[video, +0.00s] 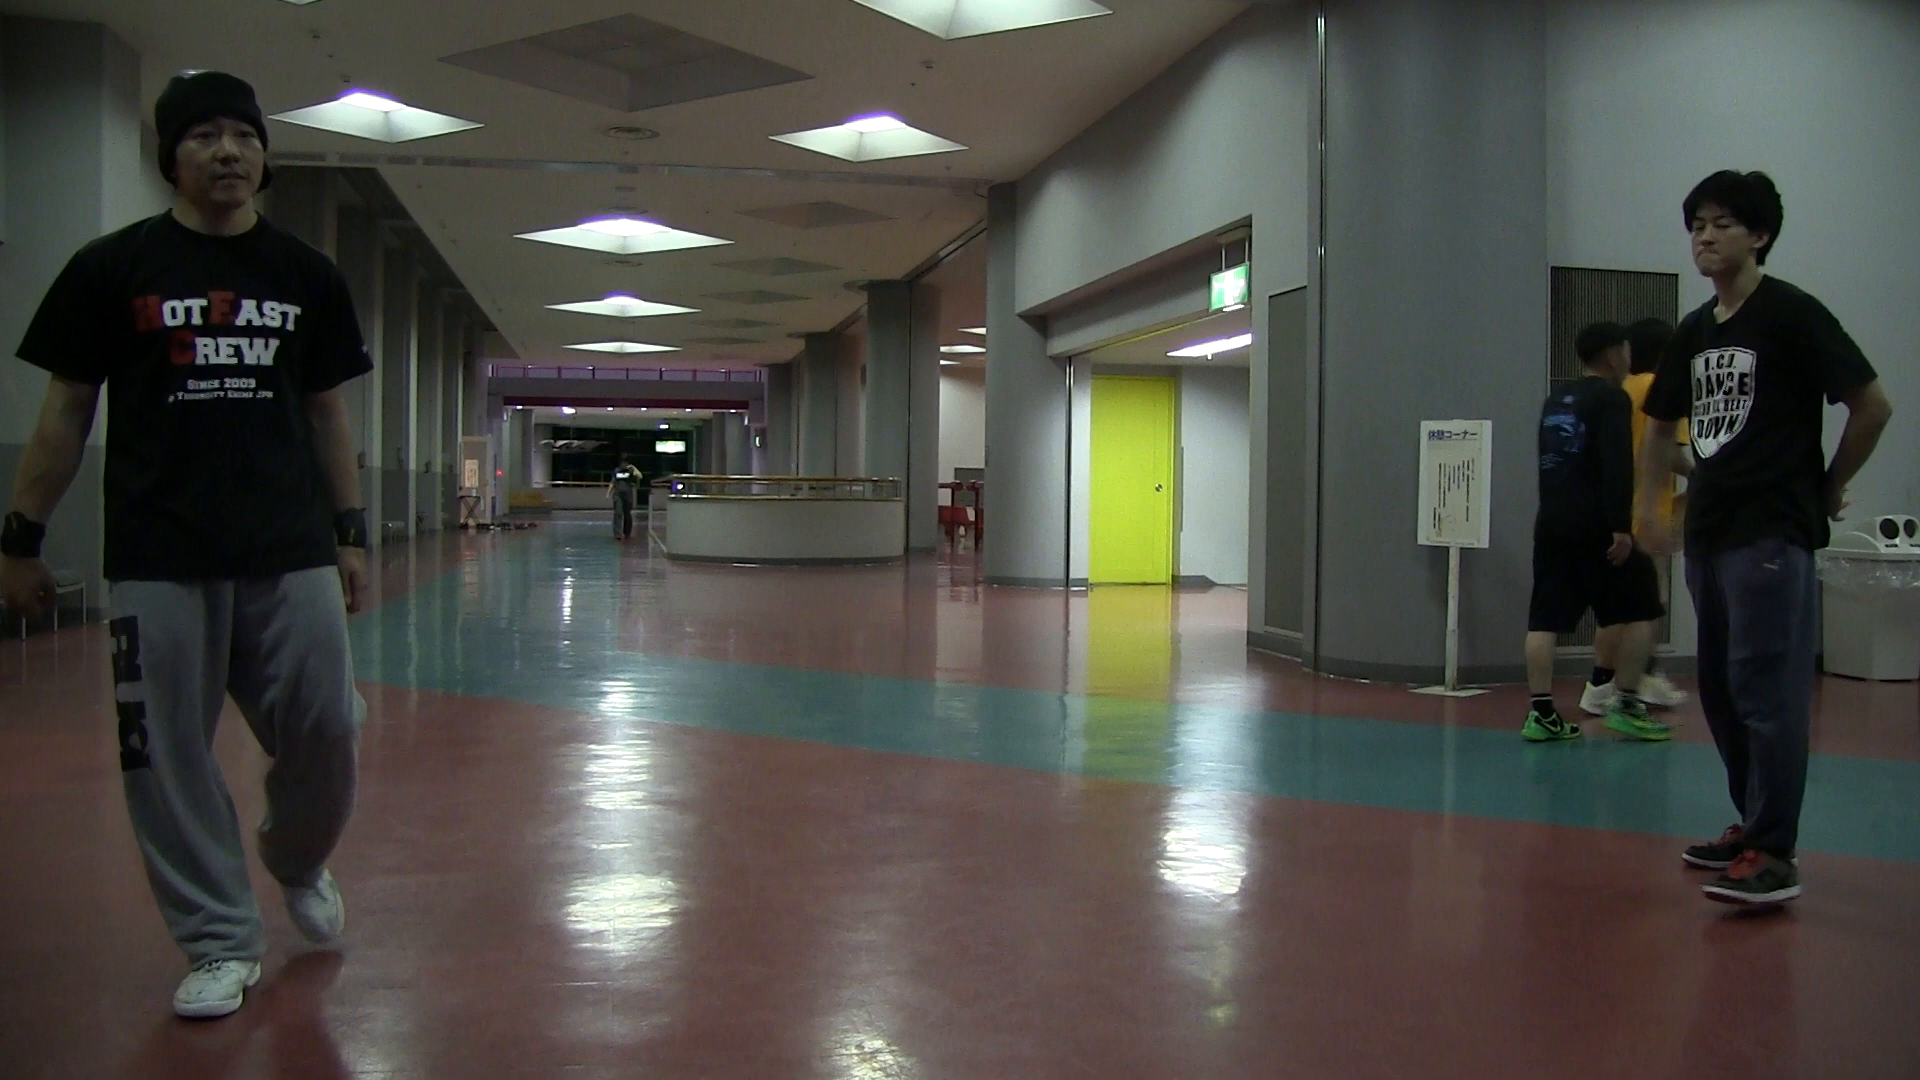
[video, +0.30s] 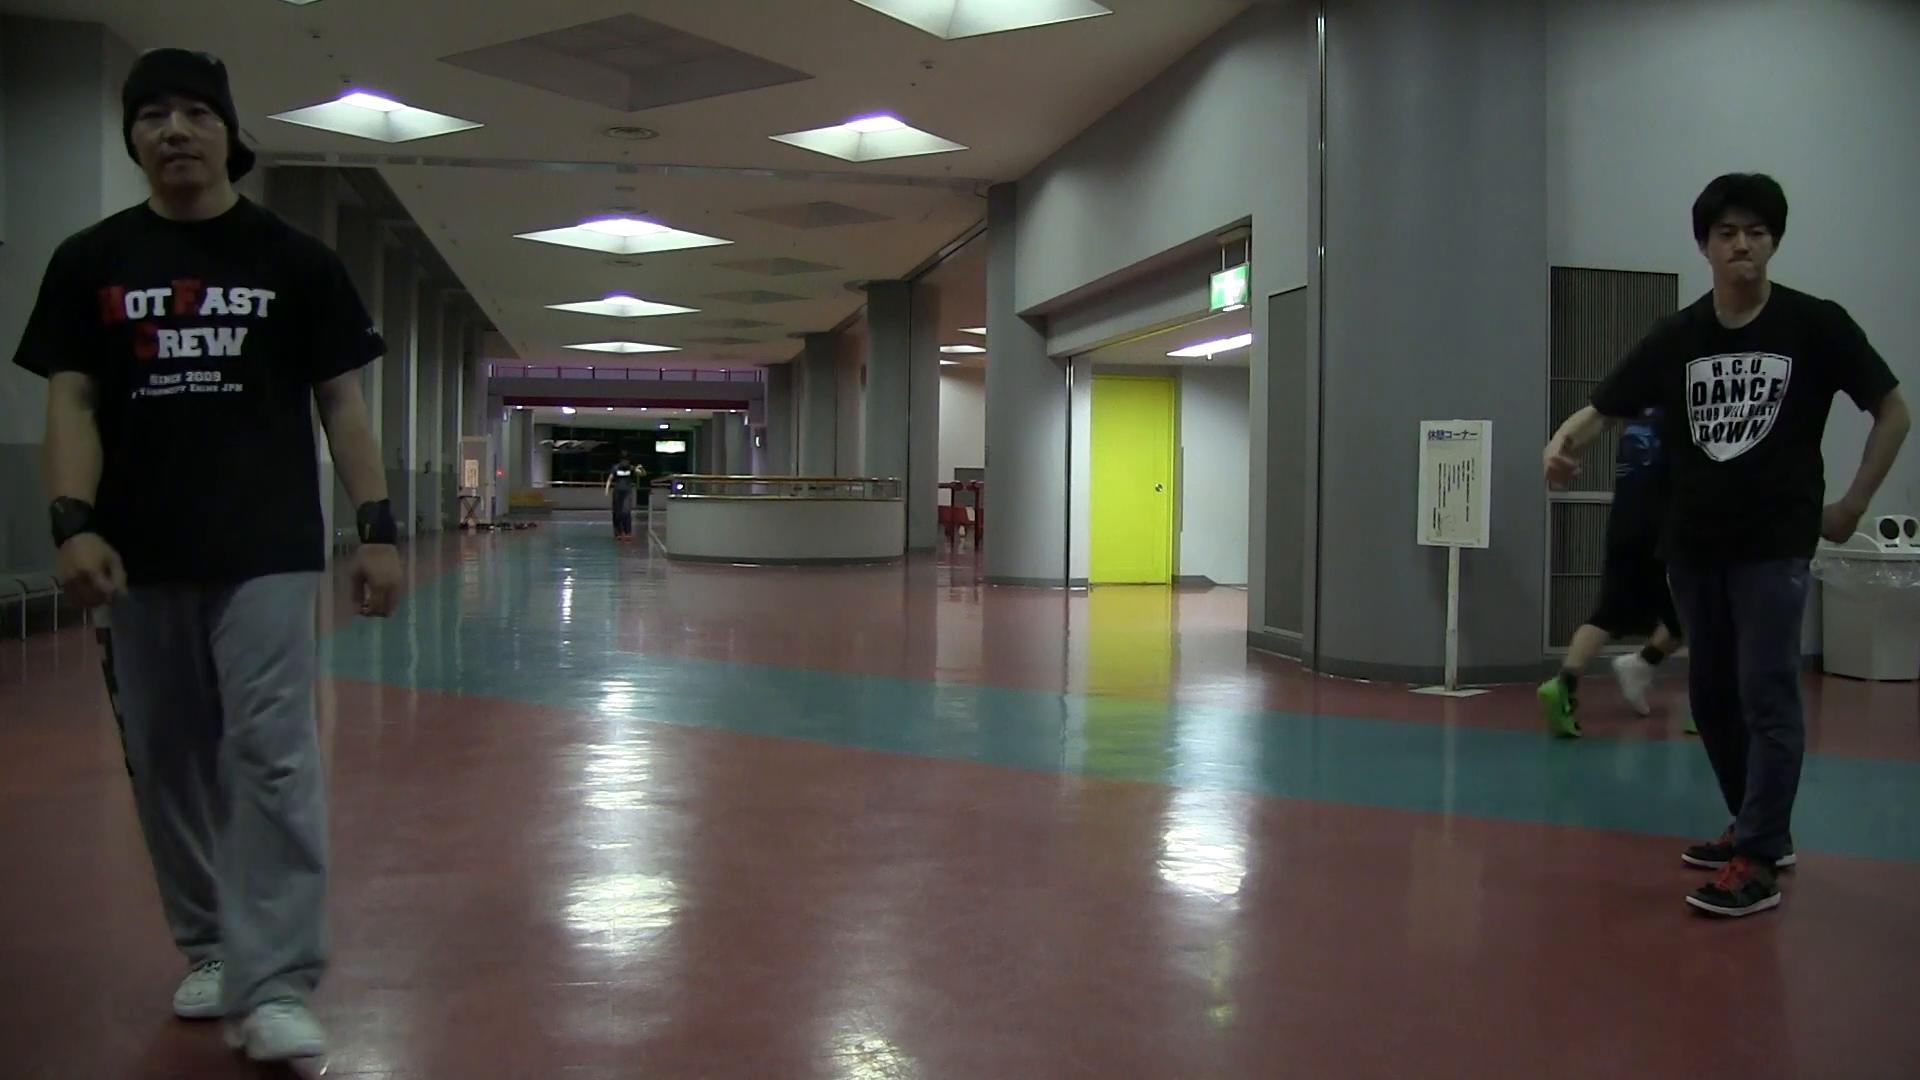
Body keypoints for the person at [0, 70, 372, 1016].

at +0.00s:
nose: (227, 148)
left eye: (241, 134)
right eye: (205, 135)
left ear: (265, 155)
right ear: (170, 156)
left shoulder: (307, 275)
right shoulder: (110, 269)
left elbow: (329, 411)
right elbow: (65, 414)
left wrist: (353, 532)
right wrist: (22, 536)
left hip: (287, 542)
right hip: (159, 551)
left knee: (328, 723)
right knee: (167, 752)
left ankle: (298, 860)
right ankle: (218, 942)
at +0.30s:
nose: (177, 130)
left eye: (196, 114)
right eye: (156, 116)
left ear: (231, 135)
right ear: (131, 143)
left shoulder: (298, 261)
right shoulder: (88, 263)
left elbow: (343, 404)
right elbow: (70, 403)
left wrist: (377, 529)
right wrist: (71, 525)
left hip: (267, 546)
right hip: (142, 554)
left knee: (270, 753)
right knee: (166, 760)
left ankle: (279, 986)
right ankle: (210, 951)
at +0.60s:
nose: (151, 96)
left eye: (175, 79)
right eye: (134, 81)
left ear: (222, 103)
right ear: (115, 107)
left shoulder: (285, 242)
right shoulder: (74, 238)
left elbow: (318, 398)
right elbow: (37, 393)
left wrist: (320, 547)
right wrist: (19, 529)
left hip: (226, 556)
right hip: (93, 554)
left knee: (216, 788)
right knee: (124, 779)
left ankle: (201, 1030)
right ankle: (210, 963)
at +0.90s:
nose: (100, 57)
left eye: (131, 37)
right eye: (84, 37)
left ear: (187, 69)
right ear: (63, 61)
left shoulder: (243, 205)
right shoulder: (27, 198)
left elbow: (260, 375)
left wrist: (205, 534)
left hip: (190, 552)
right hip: (39, 543)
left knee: (215, 803)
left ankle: (200, 1038)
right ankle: (15, 988)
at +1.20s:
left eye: (9, 28)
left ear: (46, 51)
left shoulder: (130, 192)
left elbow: (181, 359)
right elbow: (181, 358)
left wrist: (186, 512)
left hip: (94, 557)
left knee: (170, 810)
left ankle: (196, 1032)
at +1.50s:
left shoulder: (9, 165)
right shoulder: (14, 167)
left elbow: (67, 341)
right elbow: (68, 342)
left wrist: (138, 492)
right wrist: (136, 493)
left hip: (13, 536)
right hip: (15, 539)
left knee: (46, 782)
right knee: (45, 785)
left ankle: (89, 1029)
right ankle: (85, 1029)